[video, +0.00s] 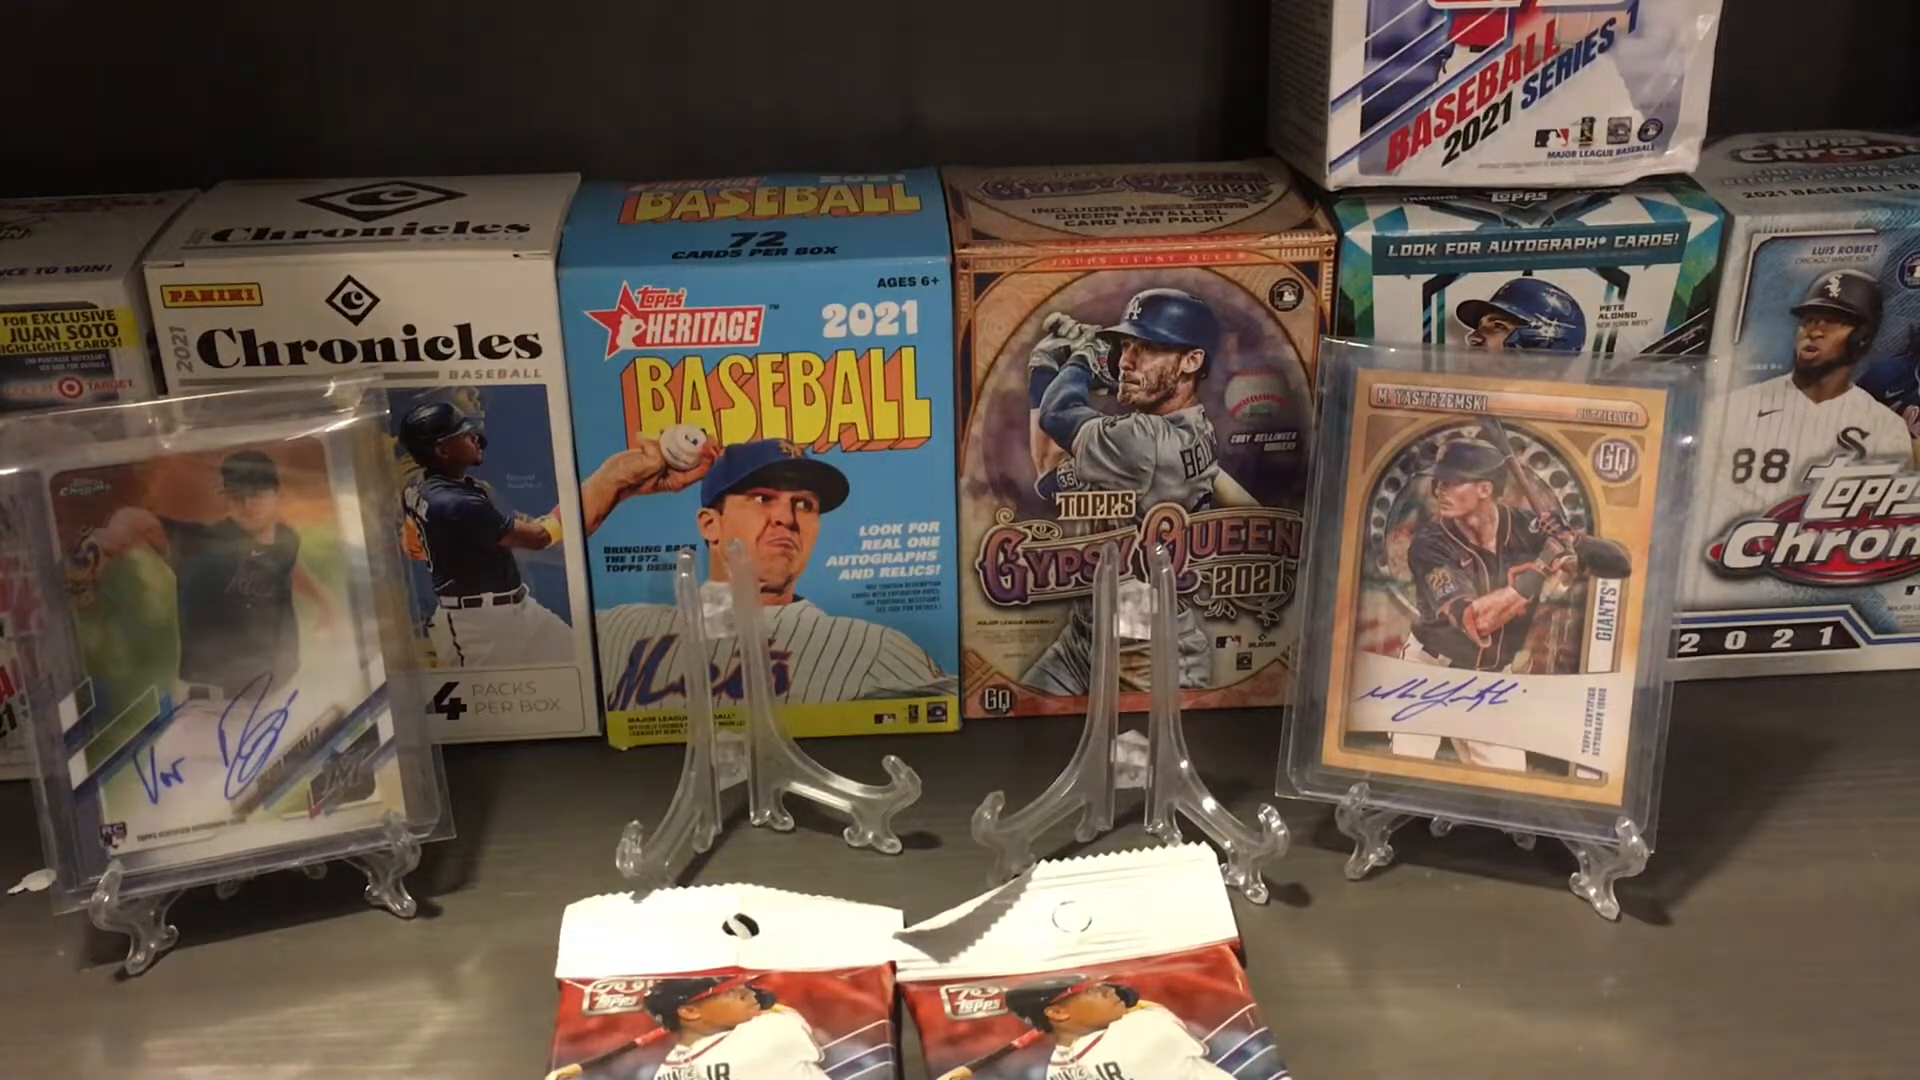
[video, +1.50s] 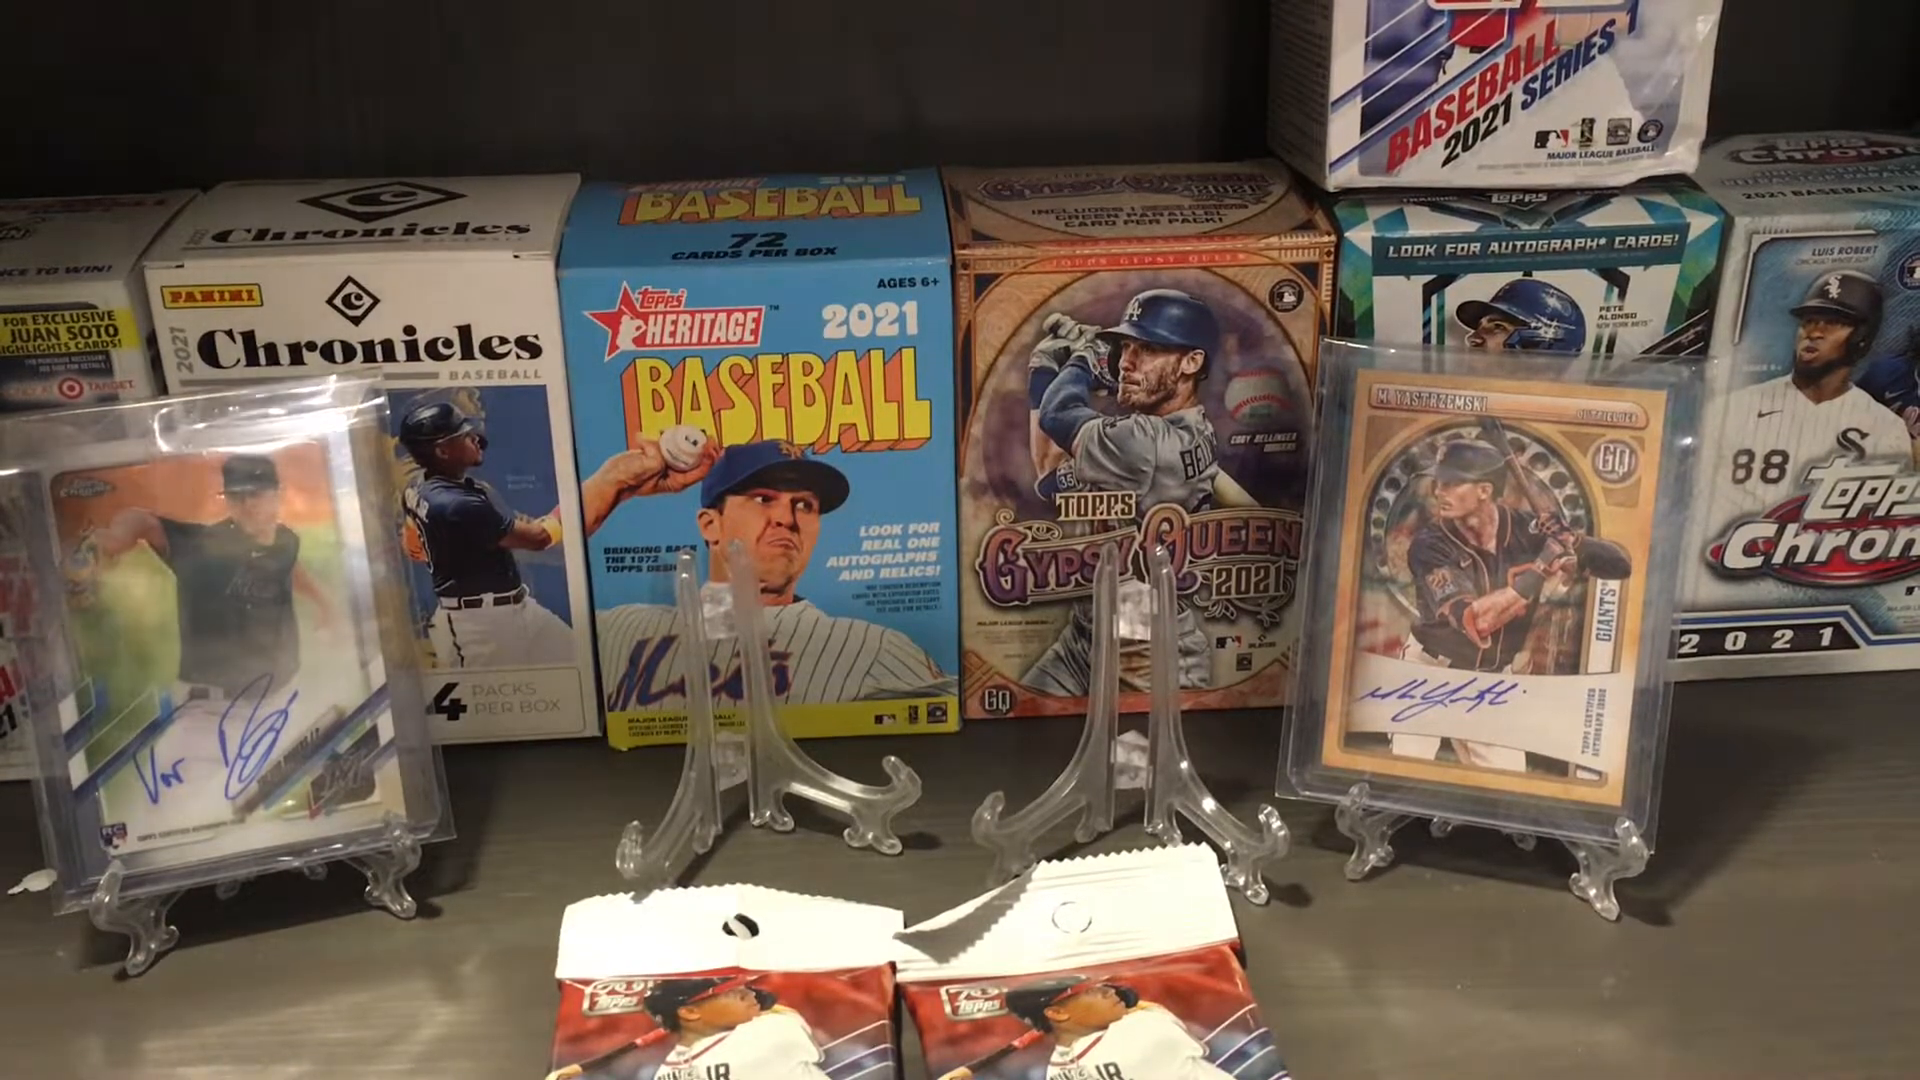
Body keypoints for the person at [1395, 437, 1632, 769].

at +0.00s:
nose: (1439, 491)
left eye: (1451, 484)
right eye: (1439, 483)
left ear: (1484, 490)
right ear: (1436, 485)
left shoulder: (1526, 528)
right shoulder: (1430, 540)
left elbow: (1621, 562)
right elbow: (1474, 622)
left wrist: (1574, 550)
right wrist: (1540, 567)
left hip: (1493, 677)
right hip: (1429, 670)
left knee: (1509, 788)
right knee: (1409, 775)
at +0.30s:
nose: (1439, 492)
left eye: (1451, 484)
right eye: (1439, 483)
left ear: (1484, 491)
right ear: (1436, 486)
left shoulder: (1527, 528)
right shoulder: (1430, 540)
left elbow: (1622, 562)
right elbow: (1474, 622)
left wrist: (1574, 550)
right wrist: (1540, 568)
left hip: (1494, 678)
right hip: (1429, 670)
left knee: (1509, 789)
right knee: (1410, 775)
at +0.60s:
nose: (1439, 492)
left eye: (1451, 485)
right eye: (1439, 484)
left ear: (1484, 491)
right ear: (1436, 486)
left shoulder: (1526, 528)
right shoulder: (1431, 541)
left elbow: (1622, 563)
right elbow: (1473, 622)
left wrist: (1573, 549)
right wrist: (1540, 570)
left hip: (1495, 676)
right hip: (1429, 669)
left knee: (1508, 787)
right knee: (1411, 773)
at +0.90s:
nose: (1439, 492)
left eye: (1451, 485)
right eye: (1439, 483)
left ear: (1484, 491)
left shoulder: (1527, 528)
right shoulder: (1431, 540)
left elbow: (1621, 563)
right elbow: (1473, 622)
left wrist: (1572, 550)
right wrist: (1540, 571)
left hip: (1495, 677)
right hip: (1429, 668)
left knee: (1508, 788)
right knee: (1411, 773)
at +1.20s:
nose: (1439, 492)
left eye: (1451, 484)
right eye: (1439, 483)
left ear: (1484, 491)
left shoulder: (1528, 528)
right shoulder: (1430, 541)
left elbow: (1621, 563)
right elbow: (1473, 622)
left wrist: (1572, 552)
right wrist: (1539, 571)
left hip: (1495, 676)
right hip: (1429, 668)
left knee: (1508, 787)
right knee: (1411, 771)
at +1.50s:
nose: (1439, 491)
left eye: (1452, 484)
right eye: (1439, 483)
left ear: (1484, 491)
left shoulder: (1527, 530)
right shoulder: (1430, 541)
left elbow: (1622, 565)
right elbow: (1472, 622)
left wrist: (1574, 545)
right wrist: (1538, 572)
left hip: (1495, 677)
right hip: (1429, 669)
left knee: (1509, 789)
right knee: (1412, 771)